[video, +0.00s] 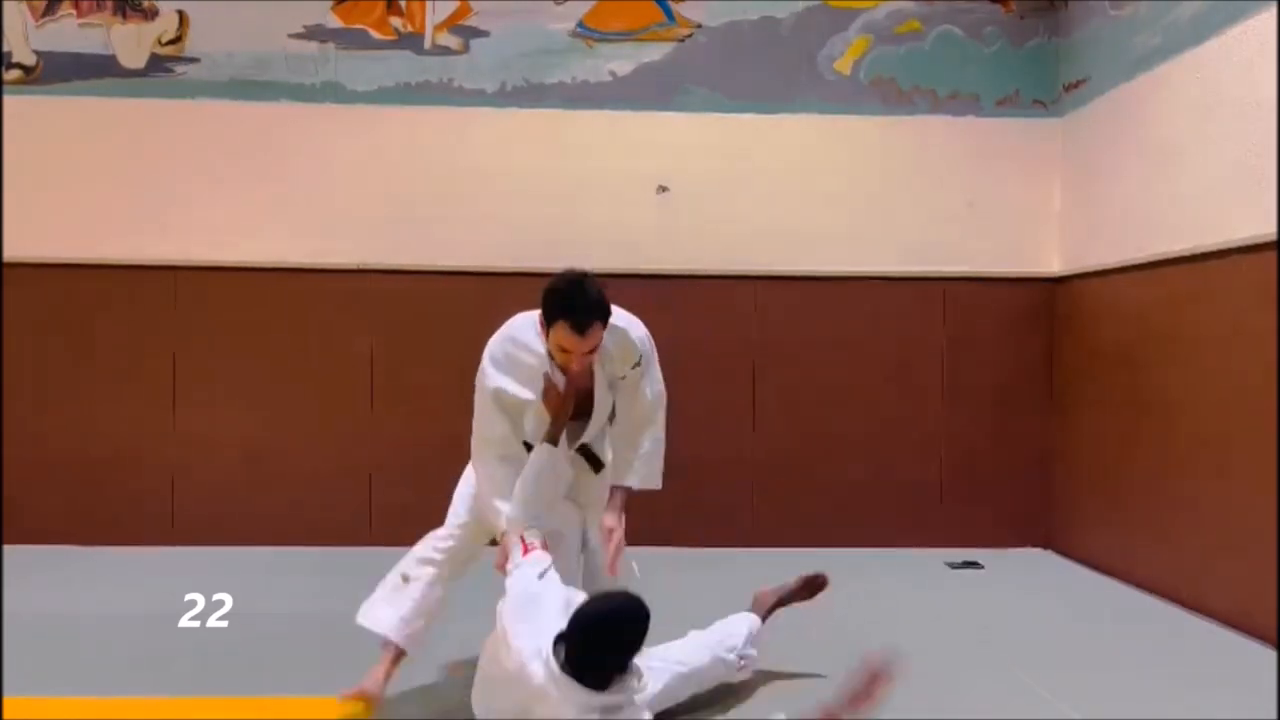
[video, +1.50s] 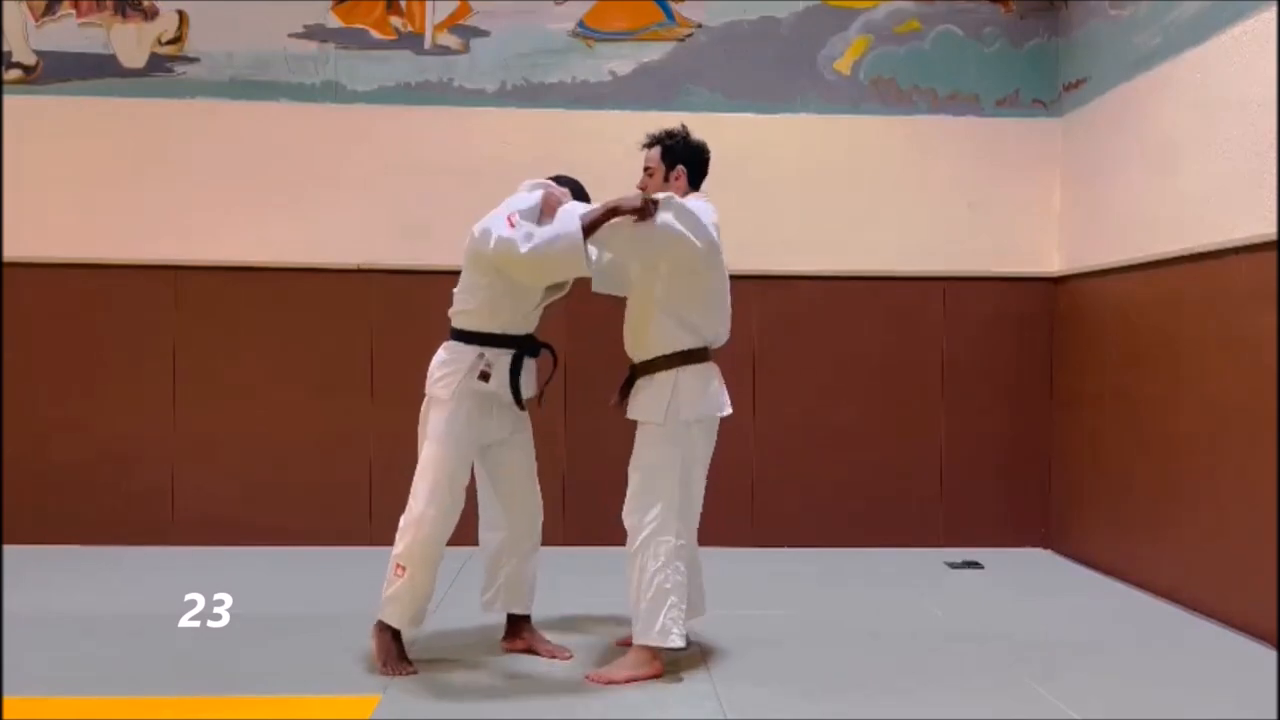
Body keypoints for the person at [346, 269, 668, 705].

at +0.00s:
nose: (578, 362)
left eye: (589, 352)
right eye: (566, 352)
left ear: (603, 329)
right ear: (545, 329)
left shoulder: (629, 341)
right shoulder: (509, 351)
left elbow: (638, 422)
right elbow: (495, 448)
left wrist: (617, 502)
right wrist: (507, 531)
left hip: (584, 466)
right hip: (516, 461)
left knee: (600, 563)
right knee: (453, 544)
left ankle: (602, 664)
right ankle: (381, 672)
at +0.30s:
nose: (522, 354)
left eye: (536, 338)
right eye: (509, 336)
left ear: (550, 320)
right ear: (477, 304)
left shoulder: (541, 325)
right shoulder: (407, 359)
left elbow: (551, 396)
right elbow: (407, 488)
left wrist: (535, 468)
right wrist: (441, 598)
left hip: (504, 484)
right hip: (432, 490)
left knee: (569, 560)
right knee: (436, 618)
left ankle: (539, 681)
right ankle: (420, 707)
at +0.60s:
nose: (482, 390)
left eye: (497, 375)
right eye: (465, 376)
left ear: (514, 342)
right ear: (432, 340)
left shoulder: (530, 330)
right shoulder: (365, 373)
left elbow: (543, 400)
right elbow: (383, 503)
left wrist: (508, 485)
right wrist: (423, 618)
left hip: (498, 482)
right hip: (416, 489)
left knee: (534, 560)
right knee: (424, 618)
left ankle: (540, 682)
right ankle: (413, 707)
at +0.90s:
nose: (558, 261)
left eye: (569, 247)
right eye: (546, 245)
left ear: (579, 232)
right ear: (509, 228)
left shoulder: (569, 280)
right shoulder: (449, 284)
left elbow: (597, 346)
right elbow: (373, 381)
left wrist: (618, 404)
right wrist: (382, 484)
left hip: (530, 457)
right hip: (455, 455)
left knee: (585, 579)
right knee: (448, 605)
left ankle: (568, 703)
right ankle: (418, 712)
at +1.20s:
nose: (566, 242)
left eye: (571, 233)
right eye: (564, 229)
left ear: (544, 217)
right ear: (536, 212)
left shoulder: (540, 270)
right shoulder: (487, 241)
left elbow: (566, 316)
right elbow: (518, 291)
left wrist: (626, 292)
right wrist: (604, 283)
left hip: (501, 393)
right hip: (452, 385)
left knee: (518, 514)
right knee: (426, 513)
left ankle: (517, 628)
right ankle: (386, 633)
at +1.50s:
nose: (571, 221)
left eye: (577, 217)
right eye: (571, 211)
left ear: (563, 208)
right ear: (552, 195)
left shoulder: (554, 244)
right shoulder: (493, 229)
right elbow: (532, 251)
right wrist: (609, 210)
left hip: (510, 386)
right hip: (462, 378)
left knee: (521, 508)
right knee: (434, 505)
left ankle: (518, 625)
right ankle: (389, 628)